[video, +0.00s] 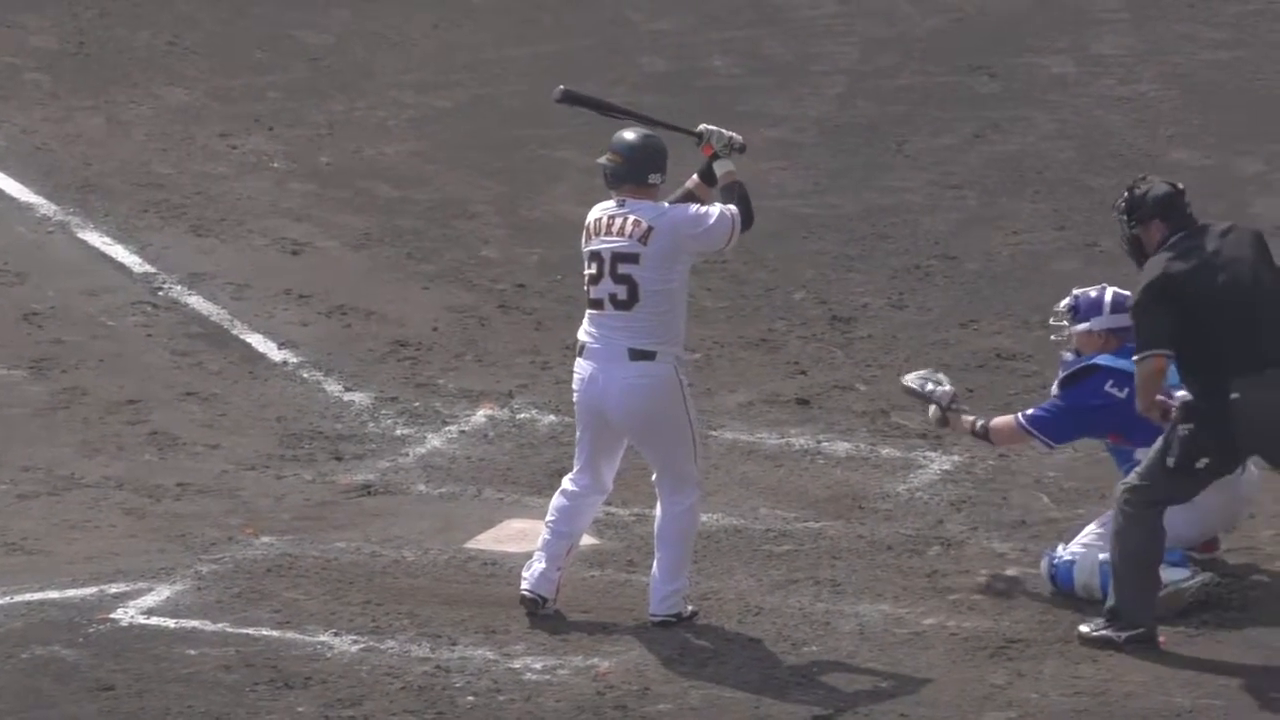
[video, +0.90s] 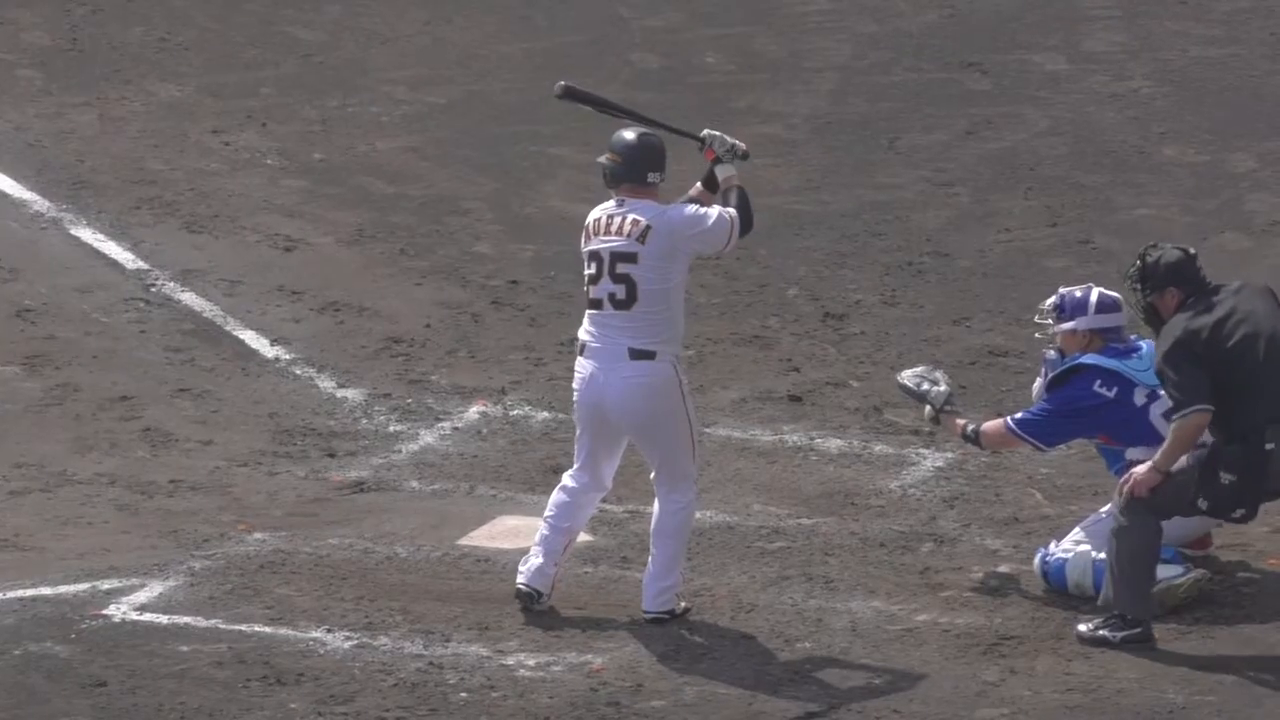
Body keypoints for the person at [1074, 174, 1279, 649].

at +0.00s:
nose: (1135, 238)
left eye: (1137, 228)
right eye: (1133, 228)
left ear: (1155, 227)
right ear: (1184, 215)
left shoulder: (1160, 280)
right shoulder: (1247, 238)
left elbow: (1154, 363)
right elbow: (1270, 306)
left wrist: (1148, 403)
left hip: (1227, 408)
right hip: (1272, 397)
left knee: (1137, 498)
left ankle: (1131, 622)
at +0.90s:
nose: (1148, 305)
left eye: (1150, 296)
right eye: (1145, 296)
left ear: (1172, 295)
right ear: (1197, 281)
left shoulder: (1180, 338)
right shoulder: (1258, 294)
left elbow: (1196, 415)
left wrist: (1157, 468)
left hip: (1251, 464)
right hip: (1274, 452)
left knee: (1136, 498)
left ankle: (1129, 618)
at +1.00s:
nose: (1152, 313)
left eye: (1154, 304)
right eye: (1149, 304)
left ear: (1175, 303)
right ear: (1201, 288)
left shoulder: (1182, 343)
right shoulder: (1260, 301)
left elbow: (1195, 422)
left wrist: (1152, 473)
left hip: (1256, 470)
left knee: (1132, 499)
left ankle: (1127, 619)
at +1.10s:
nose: (1158, 315)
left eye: (1160, 306)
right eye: (1157, 307)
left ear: (1180, 306)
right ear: (1205, 293)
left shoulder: (1186, 347)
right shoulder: (1260, 305)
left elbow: (1197, 429)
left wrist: (1152, 476)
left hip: (1256, 476)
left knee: (1130, 501)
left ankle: (1126, 620)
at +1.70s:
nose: (1132, 327)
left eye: (1135, 318)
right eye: (1129, 318)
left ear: (1158, 317)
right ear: (1184, 304)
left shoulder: (1158, 364)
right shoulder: (1245, 323)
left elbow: (1173, 445)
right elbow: (1266, 389)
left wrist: (1118, 485)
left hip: (1230, 491)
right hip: (1274, 478)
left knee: (1096, 509)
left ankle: (1093, 627)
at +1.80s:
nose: (1113, 329)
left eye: (1115, 320)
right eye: (1111, 320)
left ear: (1135, 319)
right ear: (1163, 306)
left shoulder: (1136, 363)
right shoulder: (1220, 325)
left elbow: (1150, 444)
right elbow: (1269, 391)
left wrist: (1096, 484)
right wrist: (1262, 446)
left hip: (1198, 492)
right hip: (1264, 477)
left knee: (1074, 509)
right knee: (1266, 480)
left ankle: (1071, 624)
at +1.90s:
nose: (1095, 328)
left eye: (1097, 320)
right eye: (1093, 320)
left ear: (1117, 318)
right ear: (1142, 306)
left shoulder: (1117, 364)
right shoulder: (1200, 325)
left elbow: (1132, 443)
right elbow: (1255, 399)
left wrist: (1079, 482)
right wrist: (1235, 448)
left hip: (1178, 491)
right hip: (1242, 477)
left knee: (1057, 507)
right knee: (1256, 478)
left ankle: (1054, 619)